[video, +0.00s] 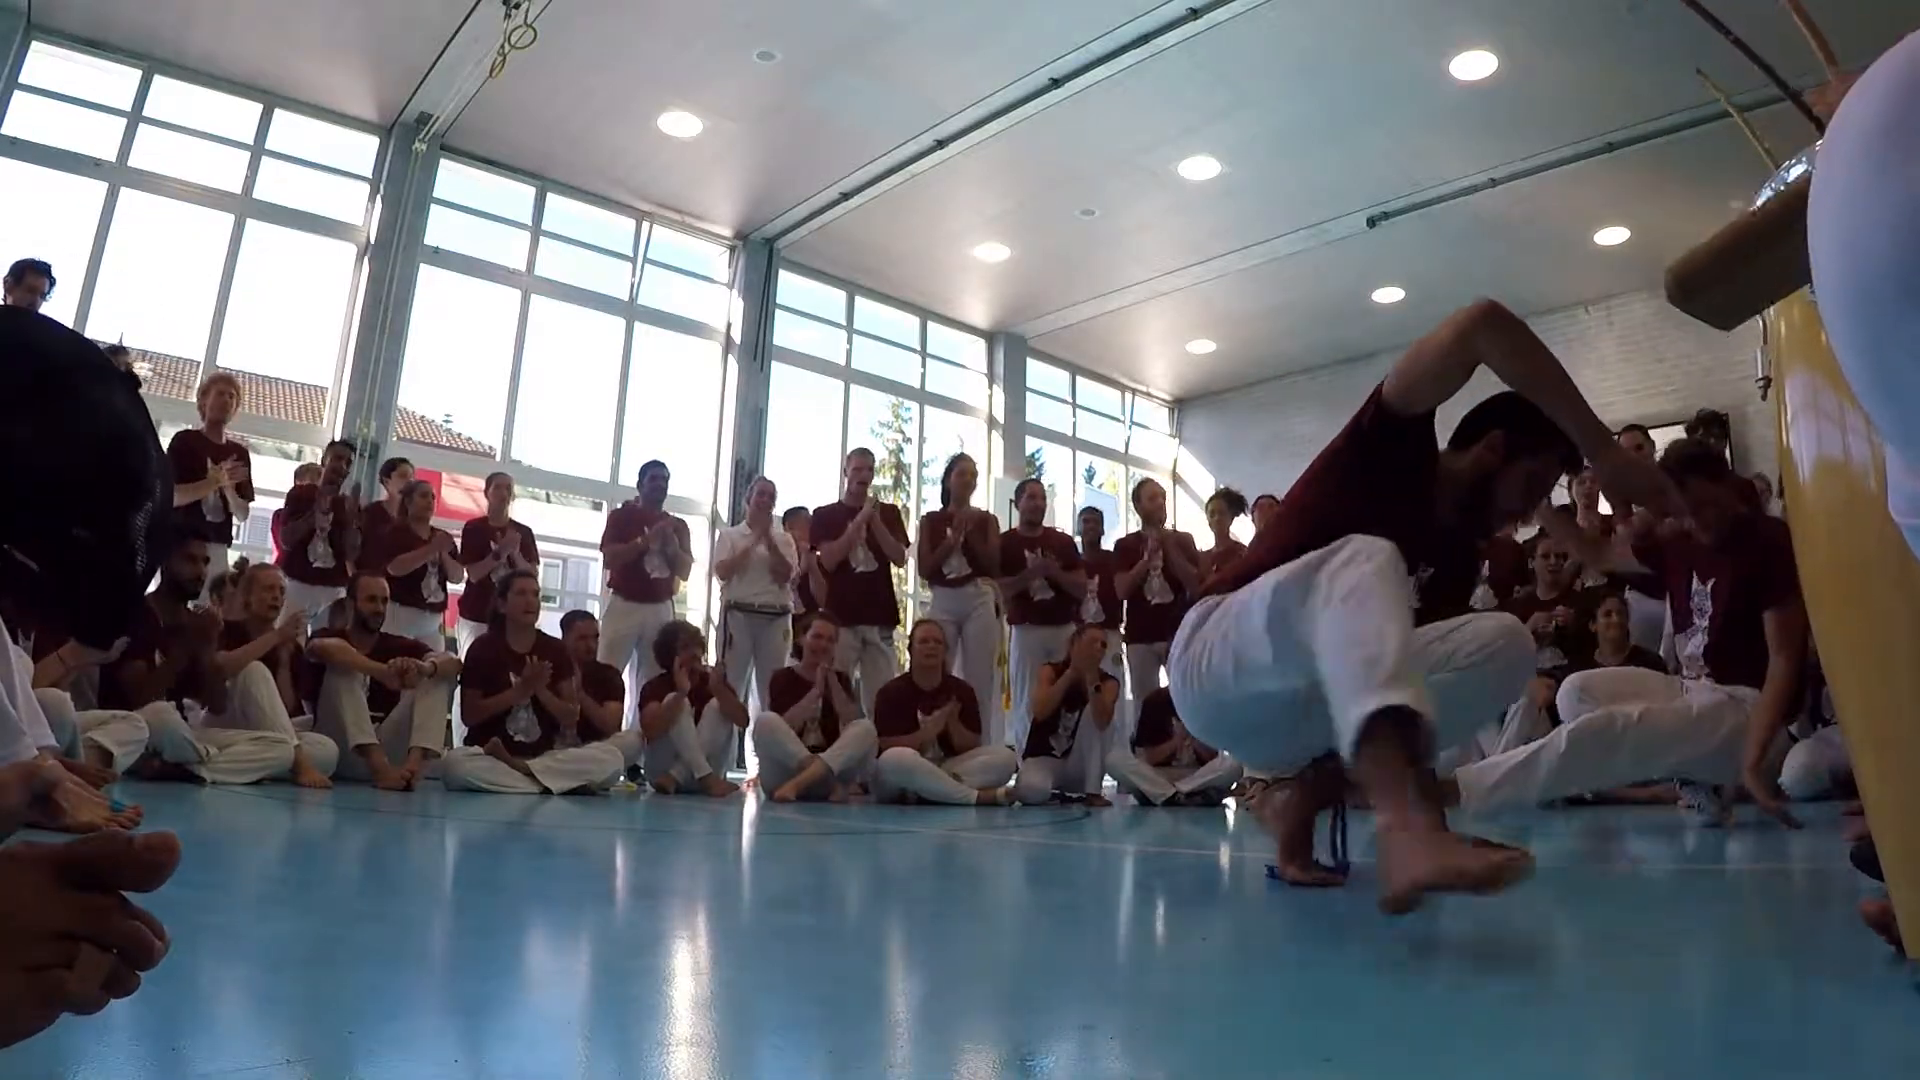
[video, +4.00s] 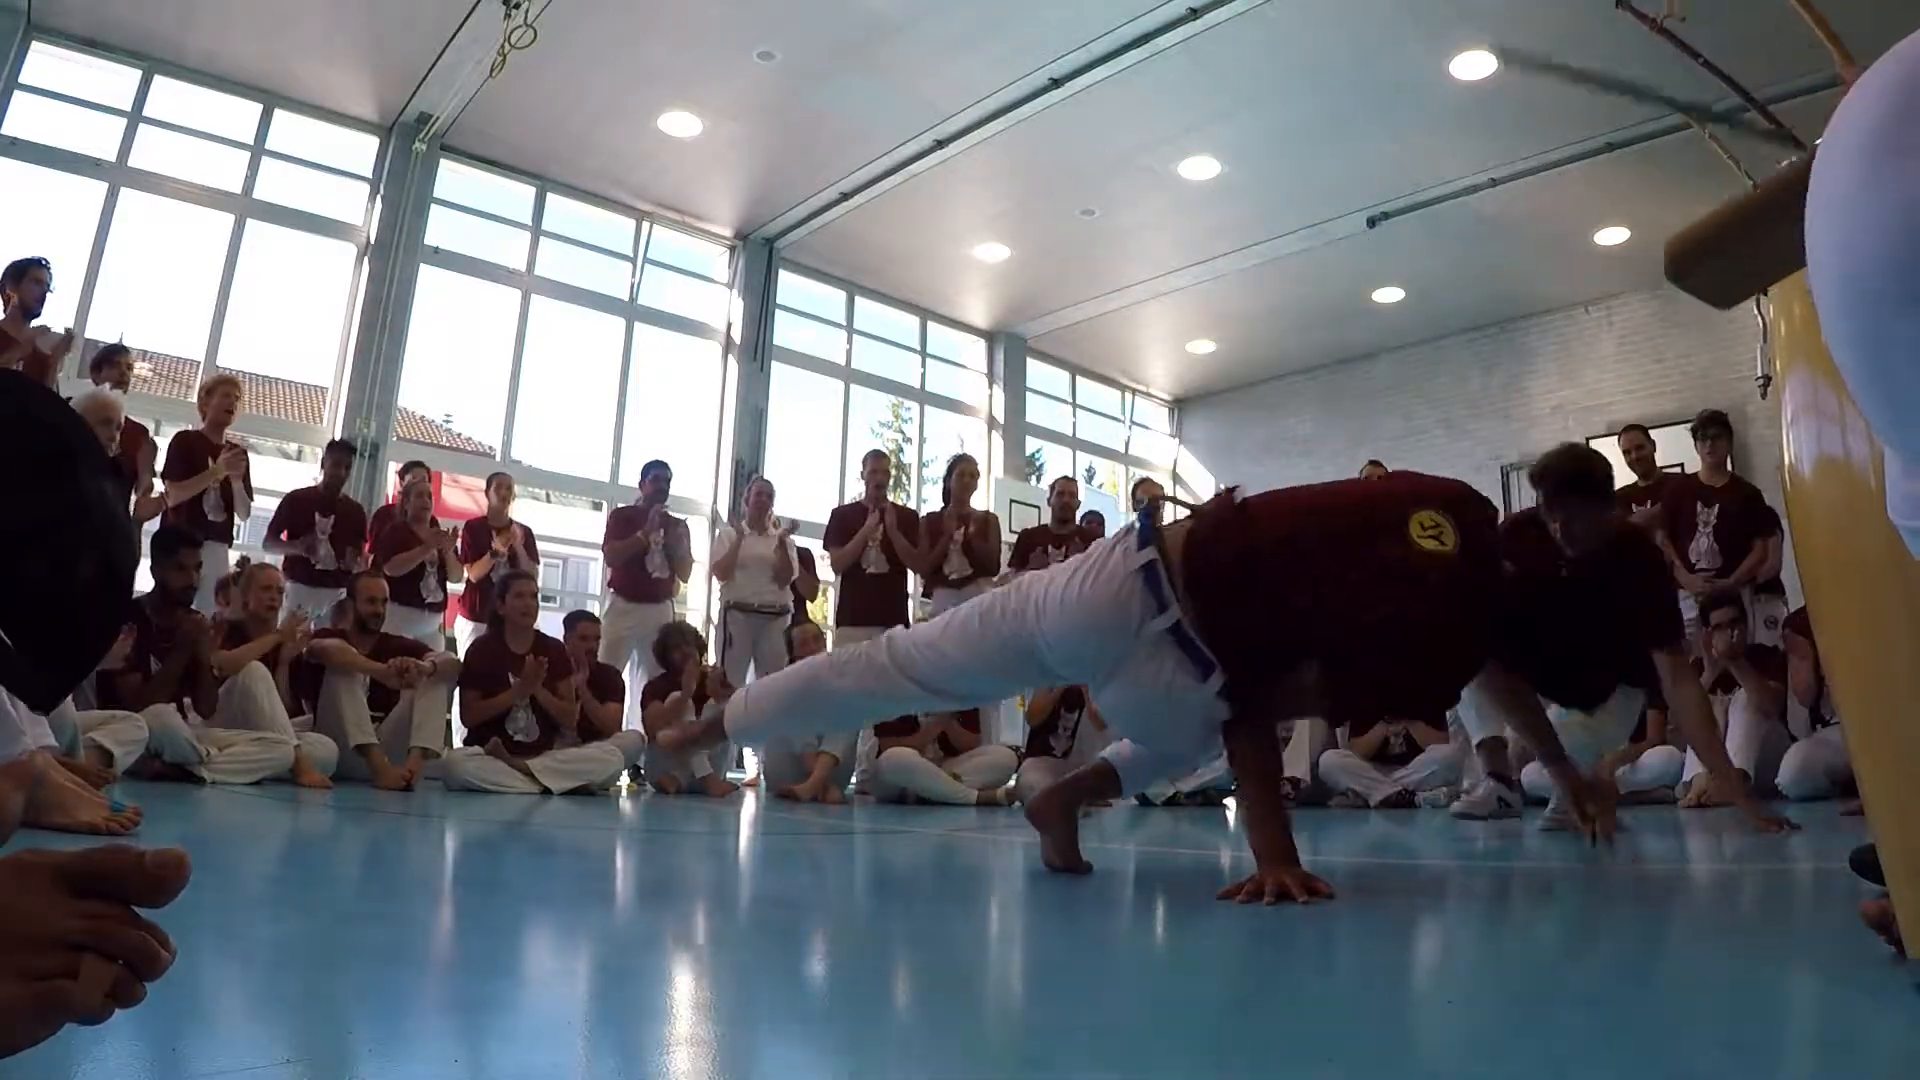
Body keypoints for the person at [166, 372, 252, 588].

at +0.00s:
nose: (227, 400)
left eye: (232, 396)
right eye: (220, 393)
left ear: (236, 407)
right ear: (202, 401)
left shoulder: (239, 453)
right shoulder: (184, 440)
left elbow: (243, 514)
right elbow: (167, 497)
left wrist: (229, 489)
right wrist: (212, 483)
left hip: (217, 546)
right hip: (179, 541)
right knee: (172, 610)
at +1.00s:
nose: (227, 403)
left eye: (232, 399)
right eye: (221, 396)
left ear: (237, 409)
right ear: (202, 403)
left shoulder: (237, 455)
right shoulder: (183, 442)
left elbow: (241, 517)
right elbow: (167, 499)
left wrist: (236, 486)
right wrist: (208, 483)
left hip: (216, 549)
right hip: (180, 545)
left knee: (208, 620)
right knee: (170, 616)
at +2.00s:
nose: (232, 406)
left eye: (237, 402)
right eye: (226, 399)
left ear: (241, 411)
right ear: (207, 405)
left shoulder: (240, 455)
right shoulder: (188, 441)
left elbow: (248, 515)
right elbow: (175, 499)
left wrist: (231, 487)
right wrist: (221, 477)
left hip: (219, 546)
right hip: (184, 542)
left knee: (212, 619)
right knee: (176, 614)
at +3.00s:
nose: (232, 405)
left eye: (236, 400)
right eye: (225, 398)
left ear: (239, 409)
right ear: (206, 402)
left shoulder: (238, 454)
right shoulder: (184, 441)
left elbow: (243, 515)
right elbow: (169, 497)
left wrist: (245, 478)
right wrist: (207, 470)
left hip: (216, 547)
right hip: (179, 543)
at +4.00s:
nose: (232, 403)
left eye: (236, 399)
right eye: (225, 396)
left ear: (239, 407)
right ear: (204, 403)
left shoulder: (236, 453)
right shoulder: (184, 440)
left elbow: (244, 513)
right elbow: (172, 496)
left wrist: (236, 478)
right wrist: (218, 471)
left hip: (217, 547)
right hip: (180, 544)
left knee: (210, 619)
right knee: (173, 614)